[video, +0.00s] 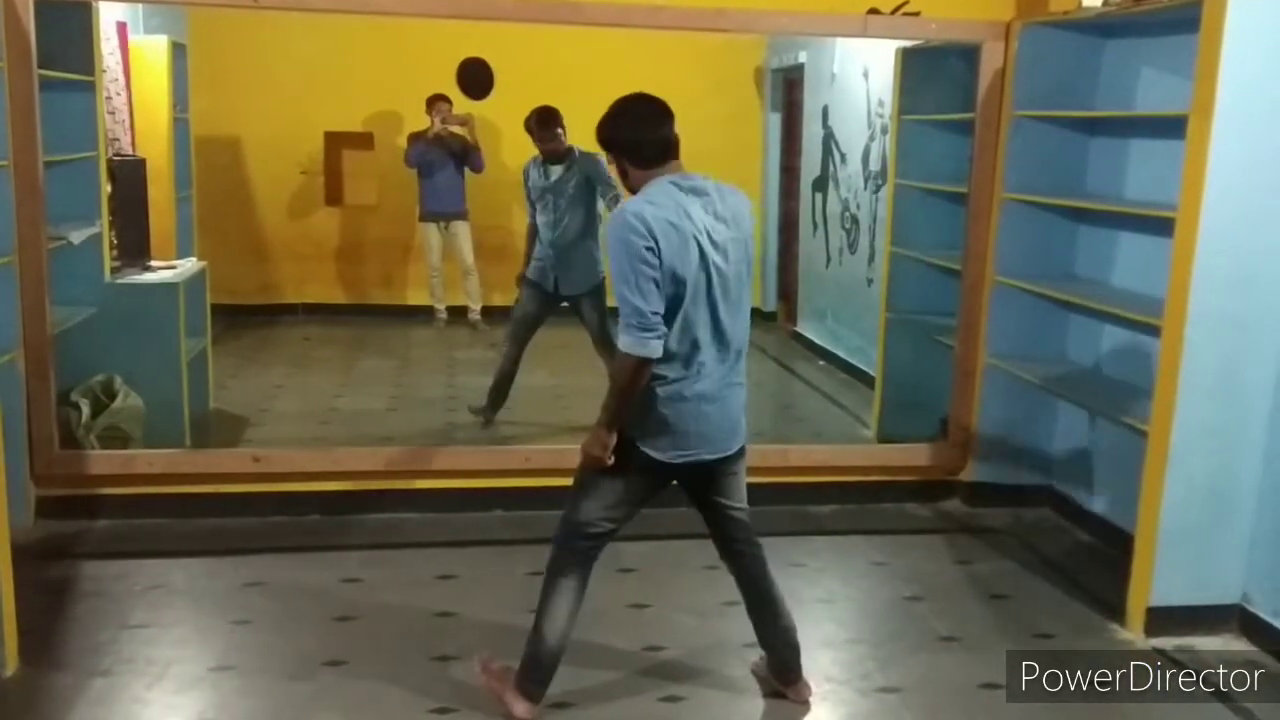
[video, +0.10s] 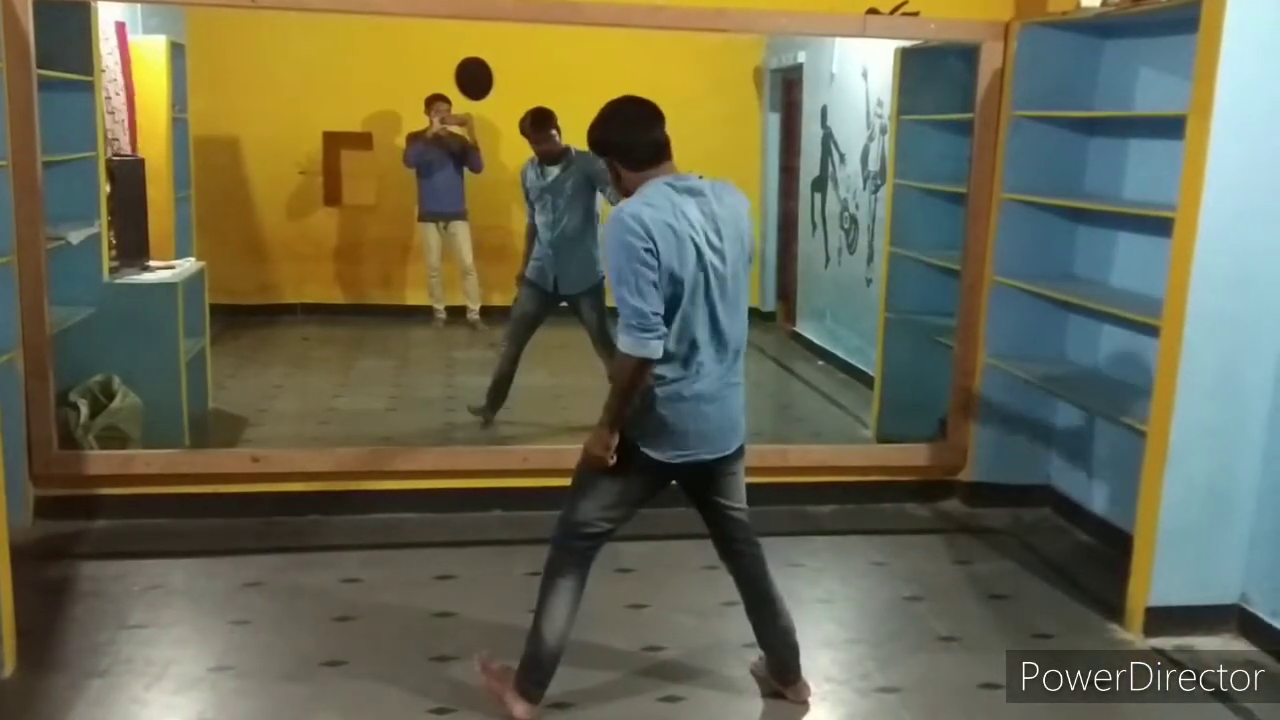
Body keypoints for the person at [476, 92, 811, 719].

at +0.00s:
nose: (613, 168)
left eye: (610, 159)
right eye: (612, 159)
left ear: (618, 161)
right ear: (677, 146)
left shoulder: (632, 221)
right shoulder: (733, 203)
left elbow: (641, 344)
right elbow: (729, 308)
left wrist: (606, 425)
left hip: (658, 422)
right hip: (723, 417)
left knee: (578, 544)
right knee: (740, 541)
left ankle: (527, 687)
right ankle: (789, 675)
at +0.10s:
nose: (605, 175)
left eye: (602, 164)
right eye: (602, 164)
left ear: (614, 164)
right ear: (669, 147)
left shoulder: (631, 222)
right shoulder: (731, 201)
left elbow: (642, 347)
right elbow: (727, 299)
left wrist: (608, 425)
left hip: (658, 422)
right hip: (722, 417)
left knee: (576, 542)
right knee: (739, 539)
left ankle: (527, 687)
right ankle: (788, 675)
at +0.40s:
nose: (598, 181)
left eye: (596, 170)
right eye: (596, 170)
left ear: (608, 170)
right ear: (661, 150)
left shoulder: (631, 229)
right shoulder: (716, 198)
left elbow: (656, 345)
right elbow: (741, 209)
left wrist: (624, 430)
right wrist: (713, 180)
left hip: (654, 423)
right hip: (719, 418)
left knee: (574, 544)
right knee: (740, 541)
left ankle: (525, 687)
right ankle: (789, 677)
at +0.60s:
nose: (598, 181)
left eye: (596, 170)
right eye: (596, 170)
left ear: (608, 171)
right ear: (663, 152)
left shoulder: (631, 229)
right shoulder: (715, 197)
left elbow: (659, 343)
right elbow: (743, 186)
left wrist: (626, 428)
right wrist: (725, 152)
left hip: (654, 421)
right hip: (719, 417)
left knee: (572, 545)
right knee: (741, 541)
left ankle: (525, 687)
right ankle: (789, 675)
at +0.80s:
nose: (598, 176)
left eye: (597, 165)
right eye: (597, 165)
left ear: (609, 167)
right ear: (665, 152)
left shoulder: (629, 229)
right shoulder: (716, 197)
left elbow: (652, 344)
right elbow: (747, 175)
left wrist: (620, 425)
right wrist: (728, 128)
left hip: (653, 421)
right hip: (718, 416)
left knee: (570, 544)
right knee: (741, 542)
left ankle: (525, 686)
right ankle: (788, 676)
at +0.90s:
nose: (600, 174)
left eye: (599, 162)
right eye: (600, 162)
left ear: (610, 165)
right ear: (667, 149)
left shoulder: (627, 231)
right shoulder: (716, 198)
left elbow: (647, 343)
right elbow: (751, 172)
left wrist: (614, 421)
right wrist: (731, 119)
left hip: (651, 421)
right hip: (718, 416)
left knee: (568, 544)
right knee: (742, 546)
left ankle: (525, 685)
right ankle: (788, 676)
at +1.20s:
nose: (604, 159)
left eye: (604, 149)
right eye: (607, 149)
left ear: (612, 153)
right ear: (672, 146)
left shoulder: (611, 226)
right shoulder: (722, 199)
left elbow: (616, 340)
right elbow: (787, 214)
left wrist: (587, 399)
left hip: (636, 421)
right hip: (713, 417)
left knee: (562, 548)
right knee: (740, 546)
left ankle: (521, 687)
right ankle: (786, 676)